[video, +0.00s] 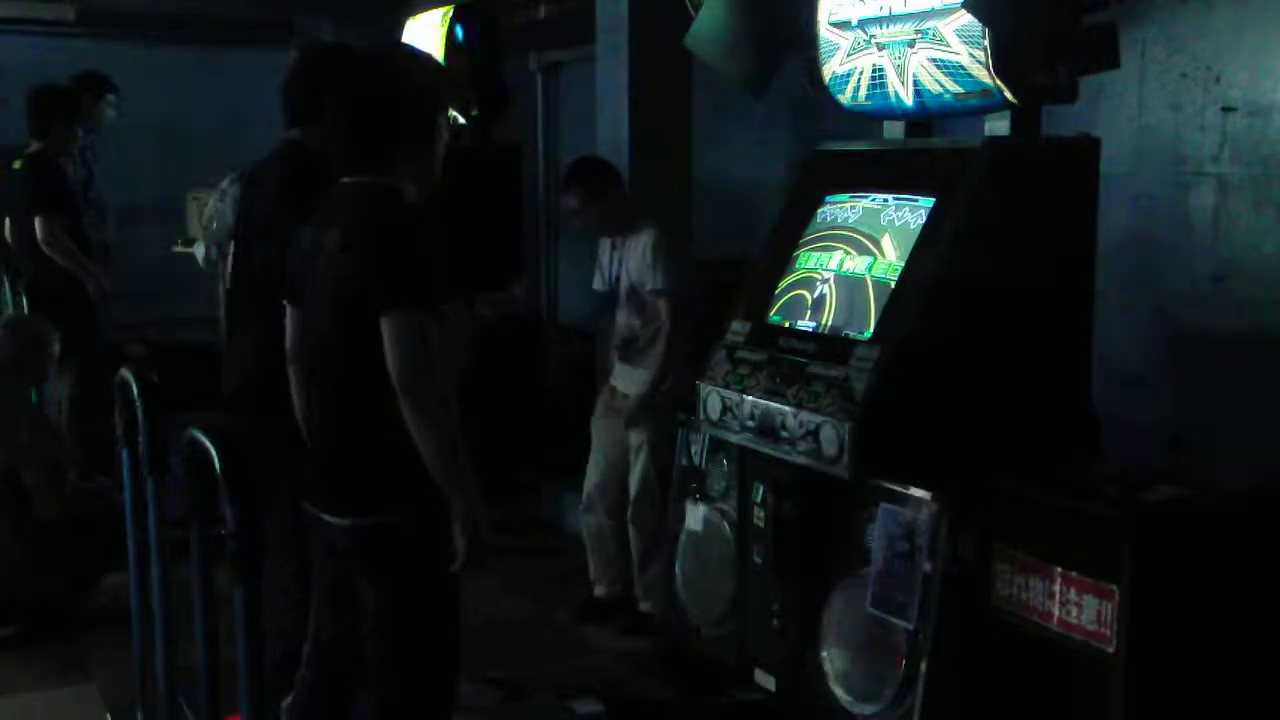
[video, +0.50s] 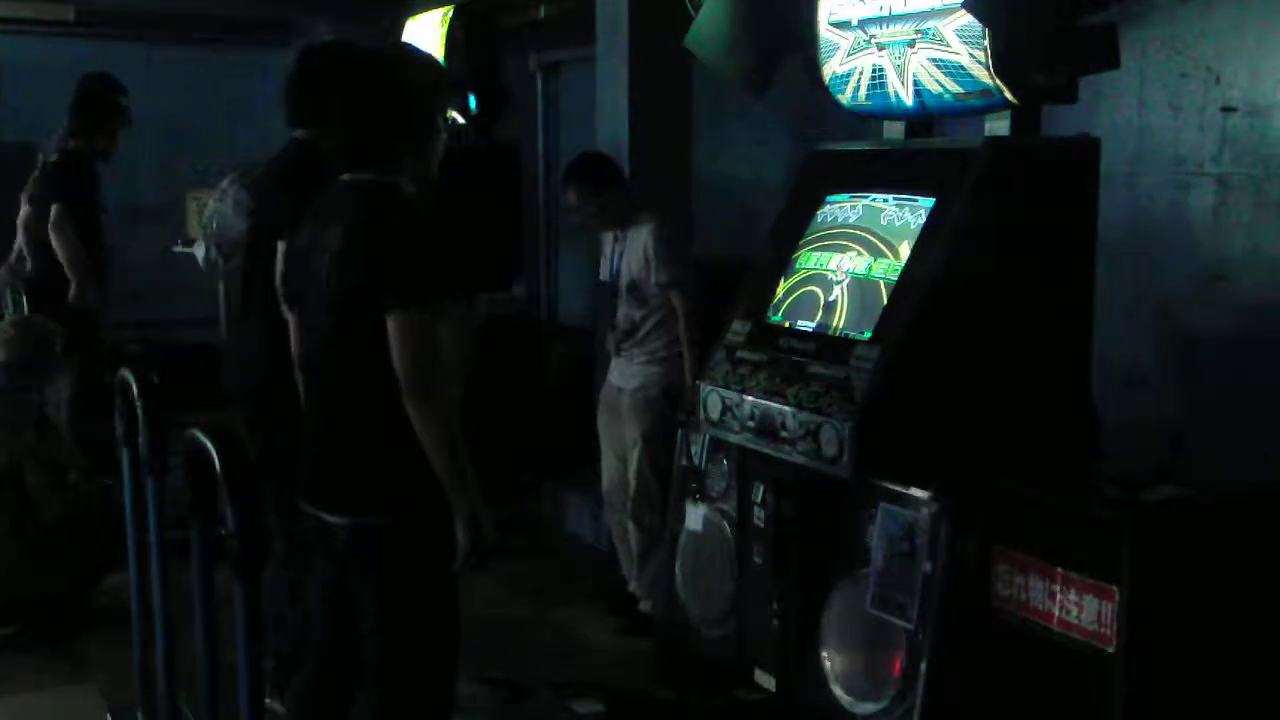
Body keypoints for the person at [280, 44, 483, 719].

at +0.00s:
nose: (448, 138)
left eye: (445, 120)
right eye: (440, 122)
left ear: (355, 127)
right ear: (414, 130)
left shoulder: (320, 215)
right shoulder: (407, 224)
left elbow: (295, 352)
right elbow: (411, 373)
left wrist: (318, 444)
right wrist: (460, 491)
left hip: (330, 480)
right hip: (398, 489)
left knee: (335, 658)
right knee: (414, 667)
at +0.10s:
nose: (449, 135)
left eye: (446, 118)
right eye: (440, 120)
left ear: (355, 126)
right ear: (415, 129)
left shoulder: (322, 214)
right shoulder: (408, 223)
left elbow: (296, 352)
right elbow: (411, 373)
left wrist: (320, 444)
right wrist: (460, 492)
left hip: (330, 480)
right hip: (397, 490)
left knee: (336, 658)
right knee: (414, 668)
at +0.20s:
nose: (449, 136)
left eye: (447, 118)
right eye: (441, 120)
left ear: (357, 125)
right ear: (416, 128)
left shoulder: (322, 213)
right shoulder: (407, 223)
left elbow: (296, 352)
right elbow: (411, 372)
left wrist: (320, 444)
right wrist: (460, 491)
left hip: (330, 479)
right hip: (397, 489)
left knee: (333, 659)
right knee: (413, 668)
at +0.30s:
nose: (449, 136)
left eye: (446, 118)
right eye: (440, 121)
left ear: (355, 127)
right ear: (414, 129)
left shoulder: (322, 215)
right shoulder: (407, 224)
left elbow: (299, 356)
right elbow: (414, 378)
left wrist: (321, 444)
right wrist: (462, 496)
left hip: (329, 479)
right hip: (397, 490)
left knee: (341, 656)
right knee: (415, 669)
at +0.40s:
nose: (445, 133)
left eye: (443, 115)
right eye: (436, 117)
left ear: (353, 123)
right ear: (411, 125)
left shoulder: (320, 211)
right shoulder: (410, 219)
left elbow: (301, 355)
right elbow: (418, 376)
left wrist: (321, 441)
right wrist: (463, 495)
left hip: (326, 477)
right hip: (398, 487)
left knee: (339, 659)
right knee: (413, 670)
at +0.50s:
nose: (446, 132)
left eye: (443, 114)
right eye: (436, 116)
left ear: (351, 123)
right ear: (411, 124)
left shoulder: (311, 216)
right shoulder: (409, 220)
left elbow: (300, 357)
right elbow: (418, 378)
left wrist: (322, 438)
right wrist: (462, 494)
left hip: (323, 480)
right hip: (397, 490)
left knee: (334, 661)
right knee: (411, 671)